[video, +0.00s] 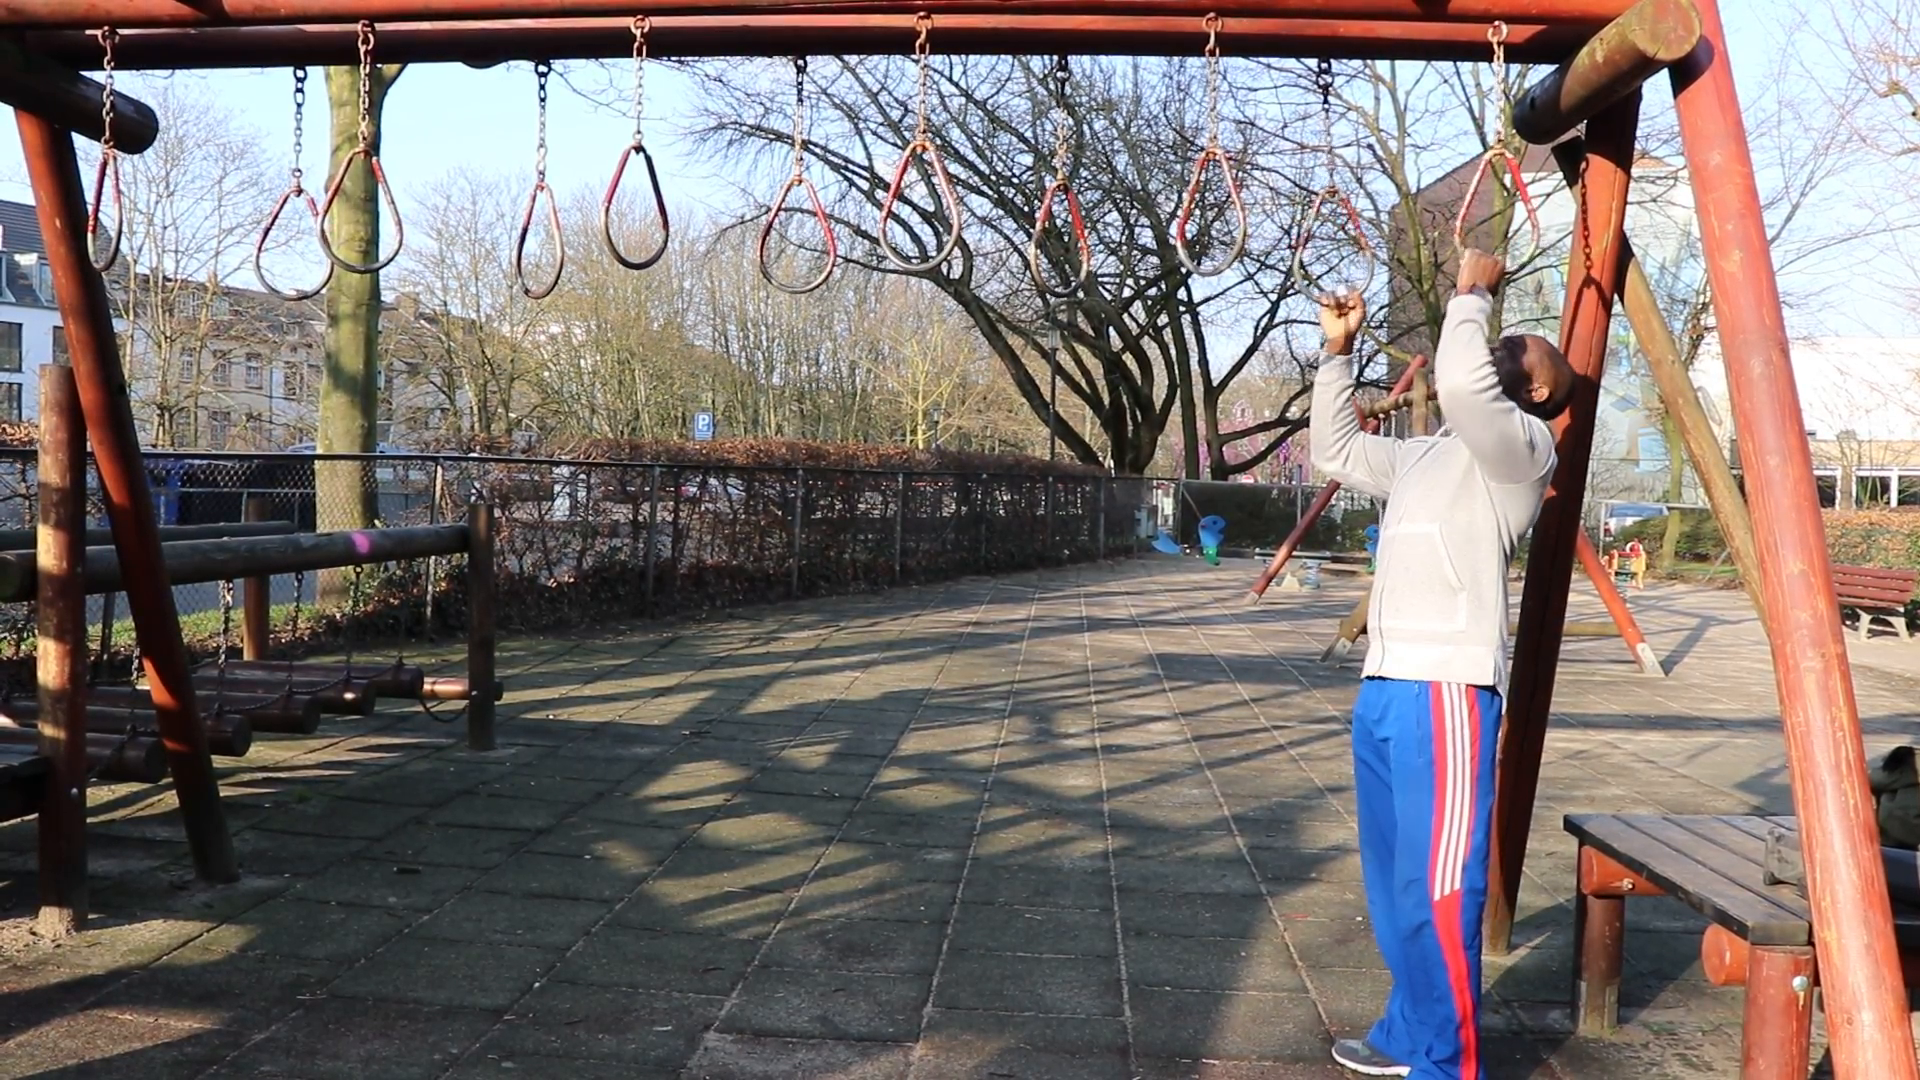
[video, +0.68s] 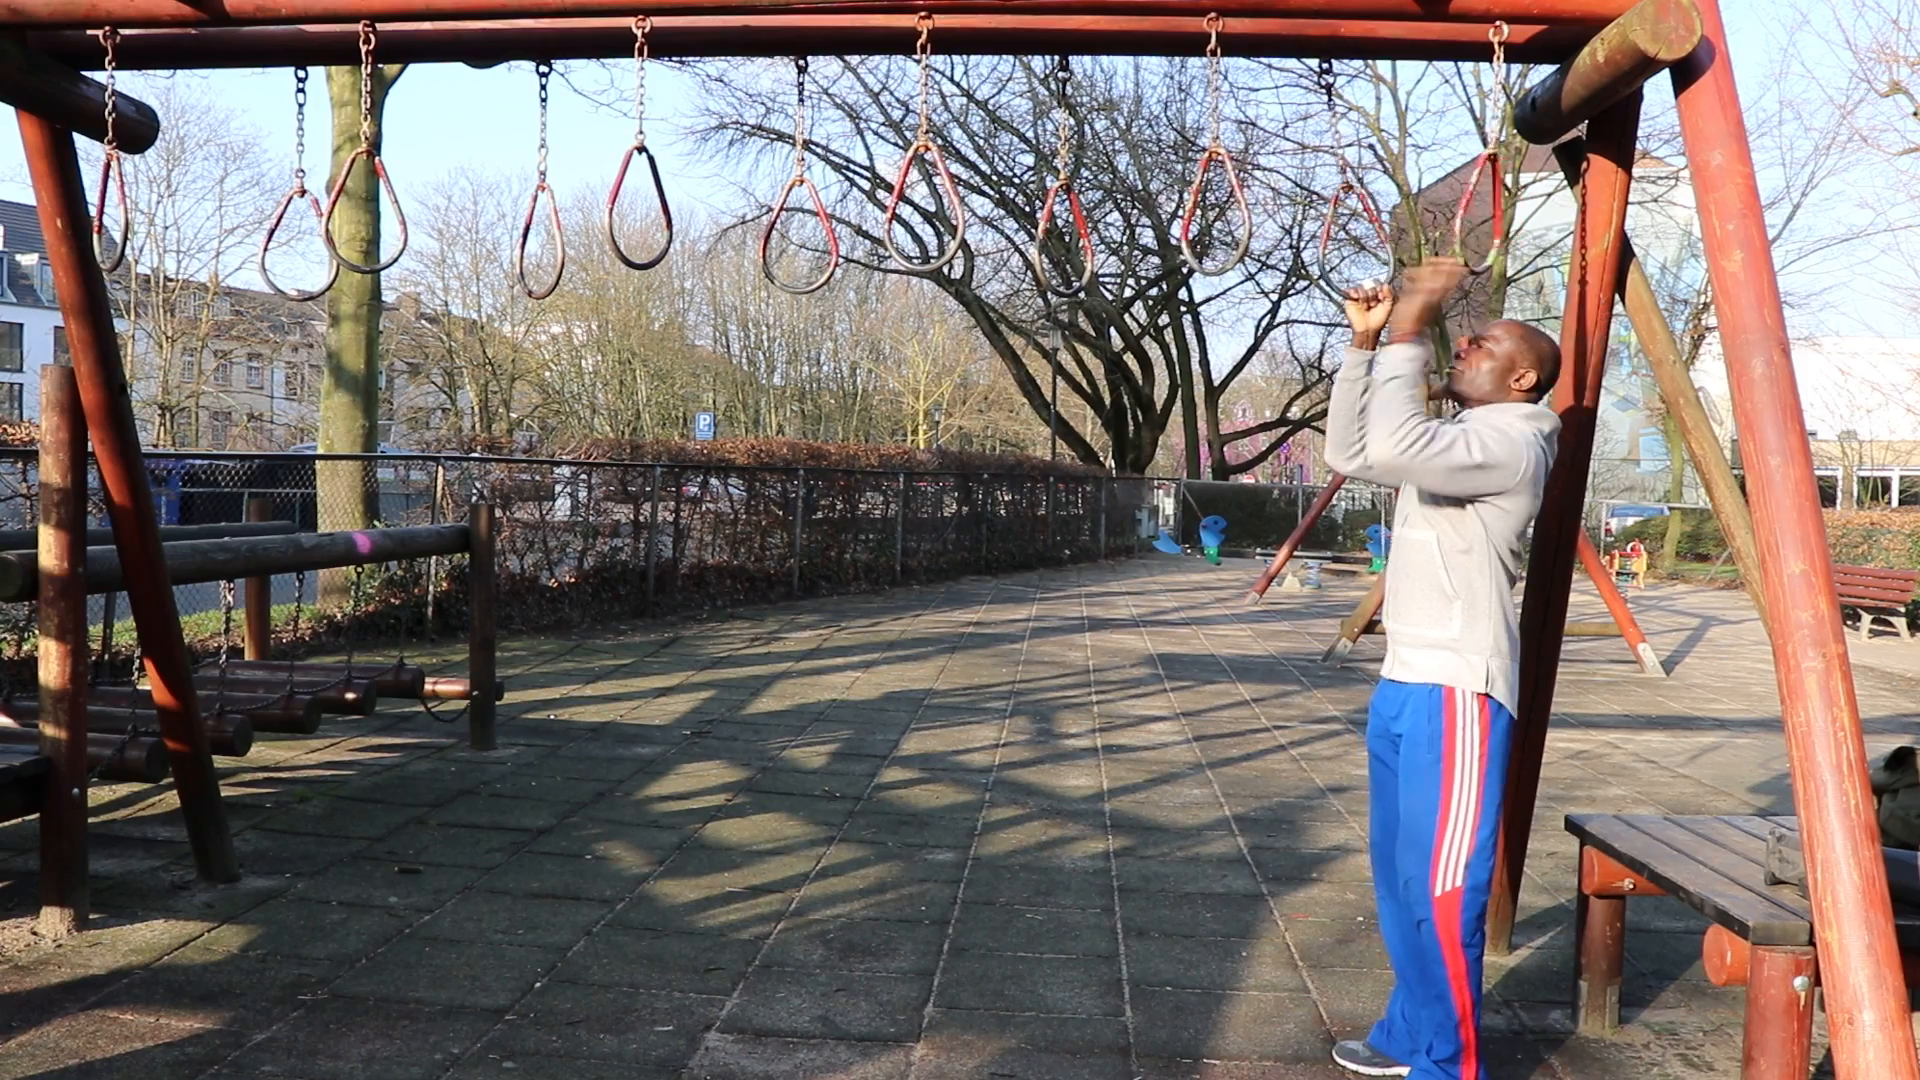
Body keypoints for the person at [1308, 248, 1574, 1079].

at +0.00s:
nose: (1502, 349)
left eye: (1524, 351)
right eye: (1507, 343)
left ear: (1542, 403)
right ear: (1484, 368)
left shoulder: (1523, 448)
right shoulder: (1422, 451)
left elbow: (1460, 381)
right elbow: (1335, 447)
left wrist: (1472, 293)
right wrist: (1338, 351)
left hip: (1449, 693)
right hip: (1386, 690)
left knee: (1440, 888)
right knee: (1394, 882)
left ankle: (1447, 1061)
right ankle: (1410, 1035)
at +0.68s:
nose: (1462, 356)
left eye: (1484, 348)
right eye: (1467, 345)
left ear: (1523, 378)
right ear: (1492, 372)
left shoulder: (1512, 439)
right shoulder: (1457, 429)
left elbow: (1396, 447)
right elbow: (1348, 453)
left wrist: (1410, 325)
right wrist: (1362, 343)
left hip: (1462, 688)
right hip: (1408, 683)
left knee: (1441, 886)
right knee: (1401, 877)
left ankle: (1448, 1059)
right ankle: (1412, 1034)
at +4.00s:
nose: (1176, 371)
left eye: (1190, 362)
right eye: (1181, 359)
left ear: (1233, 382)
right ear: (1183, 373)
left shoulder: (1239, 441)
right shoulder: (1186, 433)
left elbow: (1119, 467)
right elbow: (1064, 448)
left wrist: (1123, 348)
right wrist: (1081, 341)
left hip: (1154, 655)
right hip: (1121, 638)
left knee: (963, 670)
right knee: (974, 685)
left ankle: (842, 825)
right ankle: (904, 840)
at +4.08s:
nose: (1140, 368)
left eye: (1159, 359)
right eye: (1147, 356)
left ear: (1202, 388)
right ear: (1183, 386)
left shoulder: (1202, 447)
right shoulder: (1159, 436)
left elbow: (1083, 464)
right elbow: (1051, 448)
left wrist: (1046, 362)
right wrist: (1051, 350)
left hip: (1106, 659)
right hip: (1082, 641)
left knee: (918, 662)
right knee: (922, 665)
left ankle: (788, 803)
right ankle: (847, 808)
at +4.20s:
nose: (1098, 379)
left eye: (1115, 371)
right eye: (1103, 369)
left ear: (1156, 401)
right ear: (1133, 398)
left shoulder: (1145, 458)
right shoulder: (1116, 452)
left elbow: (1008, 432)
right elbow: (1014, 432)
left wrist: (955, 308)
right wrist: (1030, 340)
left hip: (1037, 665)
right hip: (1011, 637)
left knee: (854, 657)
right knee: (854, 640)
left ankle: (701, 783)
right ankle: (720, 745)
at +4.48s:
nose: (997, 367)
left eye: (1015, 360)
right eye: (1004, 356)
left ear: (1052, 385)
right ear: (1044, 382)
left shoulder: (1013, 439)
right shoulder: (1032, 441)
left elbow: (881, 422)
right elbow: (925, 420)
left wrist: (895, 317)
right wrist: (973, 331)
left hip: (883, 620)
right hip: (884, 597)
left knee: (697, 601)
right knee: (744, 549)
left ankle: (541, 708)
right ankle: (607, 621)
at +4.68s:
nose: (942, 346)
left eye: (961, 339)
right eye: (950, 336)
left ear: (995, 368)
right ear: (996, 373)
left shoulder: (958, 426)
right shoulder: (972, 433)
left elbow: (828, 414)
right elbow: (847, 415)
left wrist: (859, 311)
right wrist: (818, 319)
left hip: (808, 603)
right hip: (820, 585)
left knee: (633, 549)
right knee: (696, 507)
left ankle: (436, 607)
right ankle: (534, 565)